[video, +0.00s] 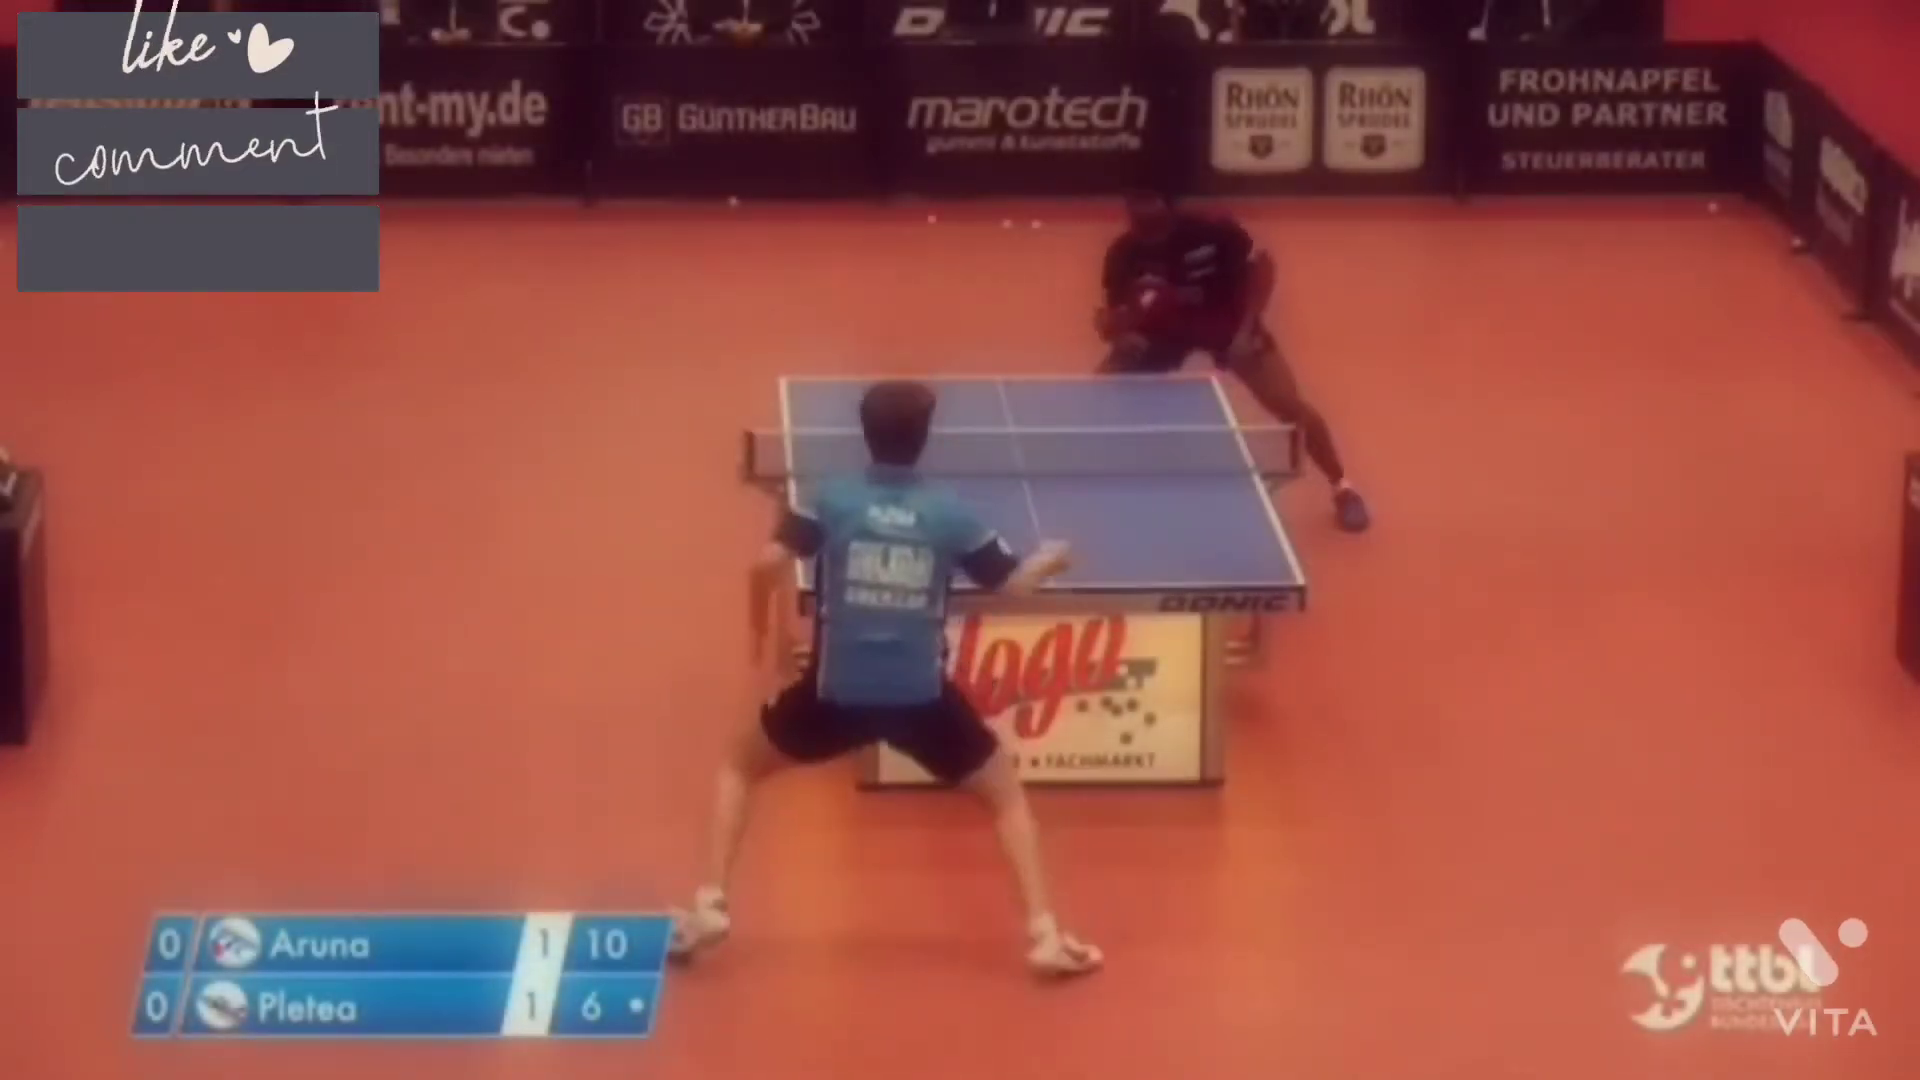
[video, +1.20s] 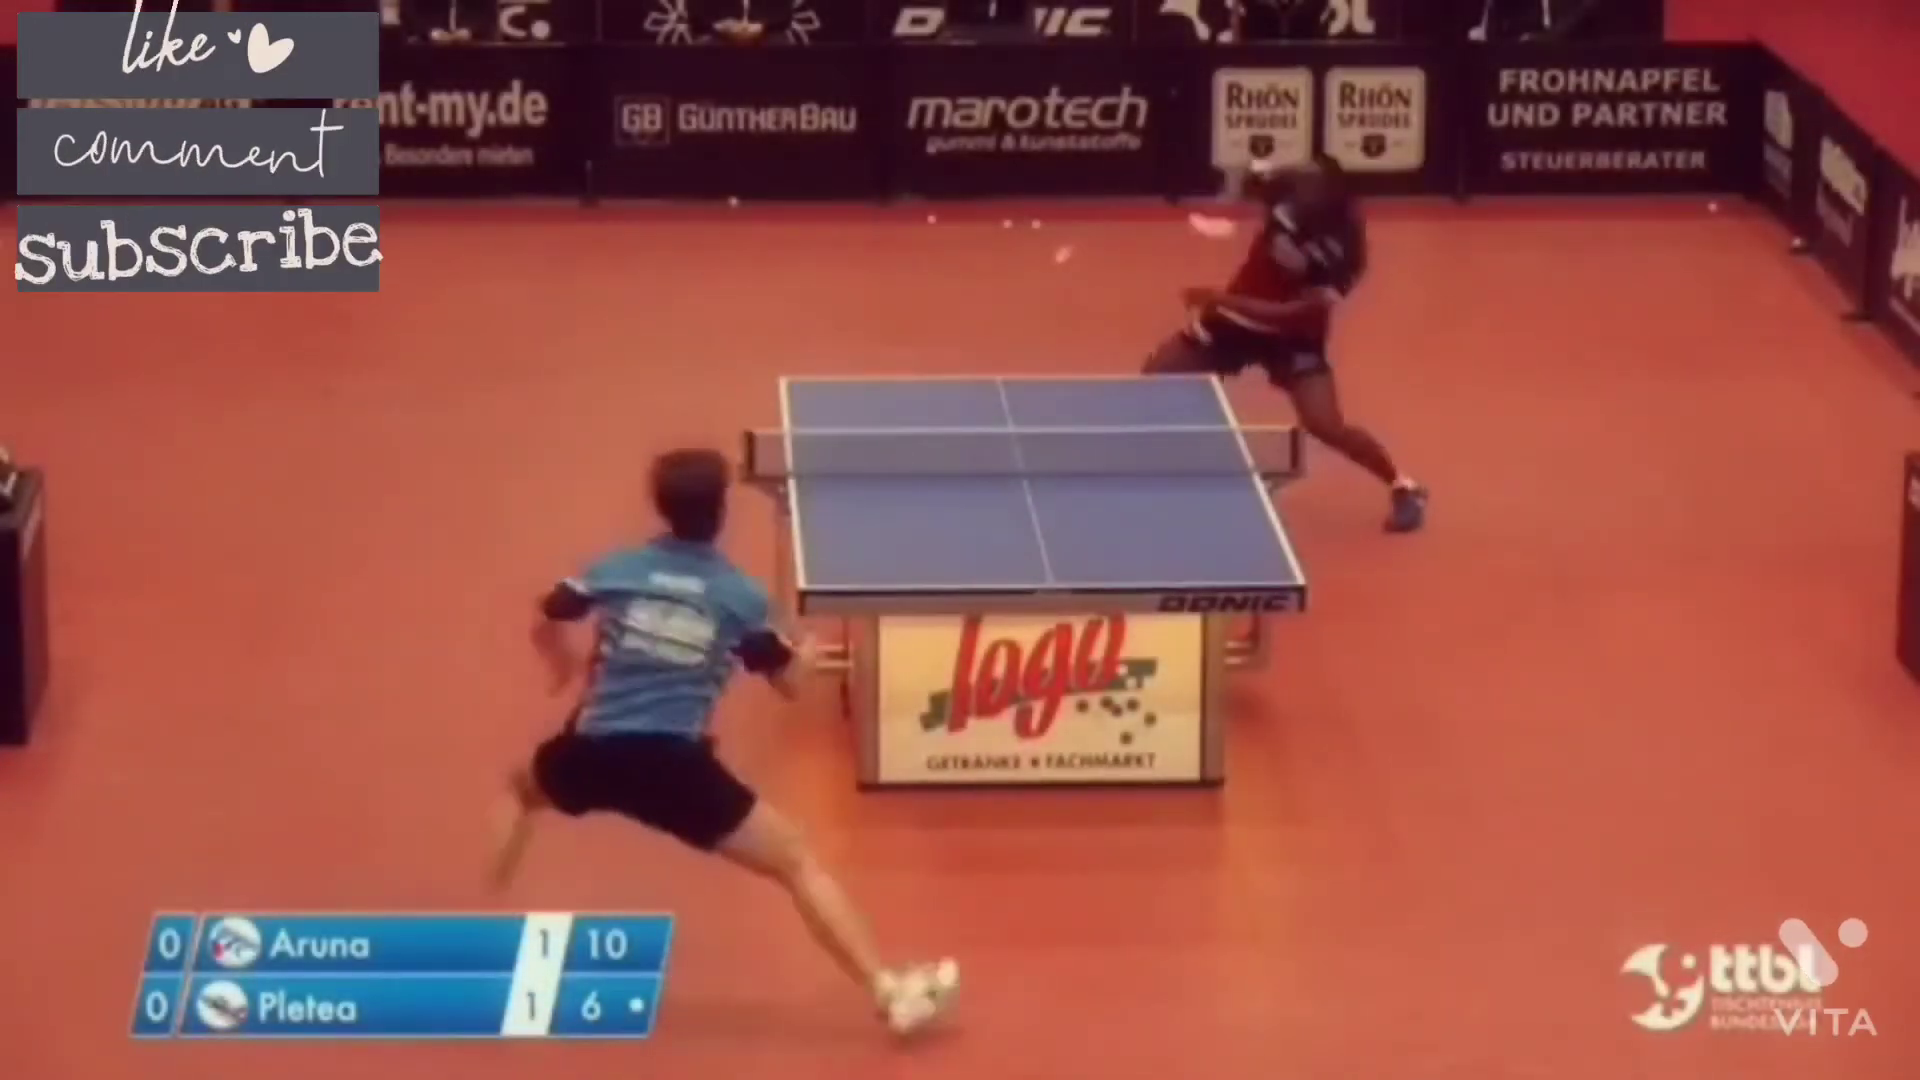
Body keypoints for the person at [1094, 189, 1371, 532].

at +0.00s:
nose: (1144, 216)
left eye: (1151, 205)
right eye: (1135, 207)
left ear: (1169, 202)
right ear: (1128, 208)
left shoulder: (1215, 233)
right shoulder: (1124, 253)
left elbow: (1261, 268)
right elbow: (1109, 324)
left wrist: (1247, 325)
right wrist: (1136, 312)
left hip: (1226, 329)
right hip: (1160, 334)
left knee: (1288, 405)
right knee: (1101, 395)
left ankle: (1340, 486)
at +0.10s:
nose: (1171, 208)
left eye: (1176, 197)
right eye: (1163, 200)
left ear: (1193, 184)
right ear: (1153, 194)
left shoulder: (1232, 185)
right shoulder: (1148, 212)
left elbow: (1282, 203)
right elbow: (1130, 264)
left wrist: (1263, 268)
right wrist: (1110, 302)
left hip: (1243, 298)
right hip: (1173, 303)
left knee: (1296, 390)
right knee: (1117, 384)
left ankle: (1342, 481)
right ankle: (1110, 485)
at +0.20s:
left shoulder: (1256, 155)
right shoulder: (1166, 175)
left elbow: (1286, 185)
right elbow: (1136, 222)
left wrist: (1286, 233)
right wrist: (1099, 262)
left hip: (1251, 293)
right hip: (1179, 294)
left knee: (1301, 390)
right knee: (1120, 386)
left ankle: (1344, 482)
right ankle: (1099, 489)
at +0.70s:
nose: (1145, 147)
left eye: (1155, 138)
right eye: (1139, 138)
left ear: (1178, 135)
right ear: (1130, 138)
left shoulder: (1216, 169)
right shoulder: (1126, 179)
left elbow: (1266, 207)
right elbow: (1105, 250)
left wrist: (1240, 262)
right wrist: (1091, 263)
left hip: (1219, 294)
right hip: (1150, 293)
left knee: (1266, 390)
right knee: (1083, 379)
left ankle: (1314, 480)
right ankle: (1069, 485)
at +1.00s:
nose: (1160, 189)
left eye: (1165, 180)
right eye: (1154, 182)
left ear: (1181, 175)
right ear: (1149, 182)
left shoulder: (1217, 204)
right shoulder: (1167, 205)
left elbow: (1276, 256)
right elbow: (1164, 242)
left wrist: (1246, 316)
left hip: (1242, 329)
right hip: (1183, 323)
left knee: (1278, 425)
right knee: (1115, 375)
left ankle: (1363, 479)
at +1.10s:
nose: (1232, 175)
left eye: (1240, 167)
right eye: (1230, 167)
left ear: (1263, 167)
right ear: (1232, 170)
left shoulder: (1294, 212)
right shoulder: (1243, 204)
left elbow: (1294, 294)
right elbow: (1225, 216)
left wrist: (1221, 315)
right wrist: (1181, 205)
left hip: (1277, 336)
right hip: (1223, 326)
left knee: (1309, 435)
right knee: (1151, 379)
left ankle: (1402, 485)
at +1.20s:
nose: (1302, 202)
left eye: (1311, 195)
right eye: (1299, 192)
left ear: (1332, 198)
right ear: (1296, 188)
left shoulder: (1346, 248)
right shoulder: (1286, 192)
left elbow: (1300, 313)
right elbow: (1252, 191)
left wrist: (1221, 301)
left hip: (1293, 341)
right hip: (1234, 322)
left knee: (1324, 425)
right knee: (1157, 372)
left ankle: (1401, 488)